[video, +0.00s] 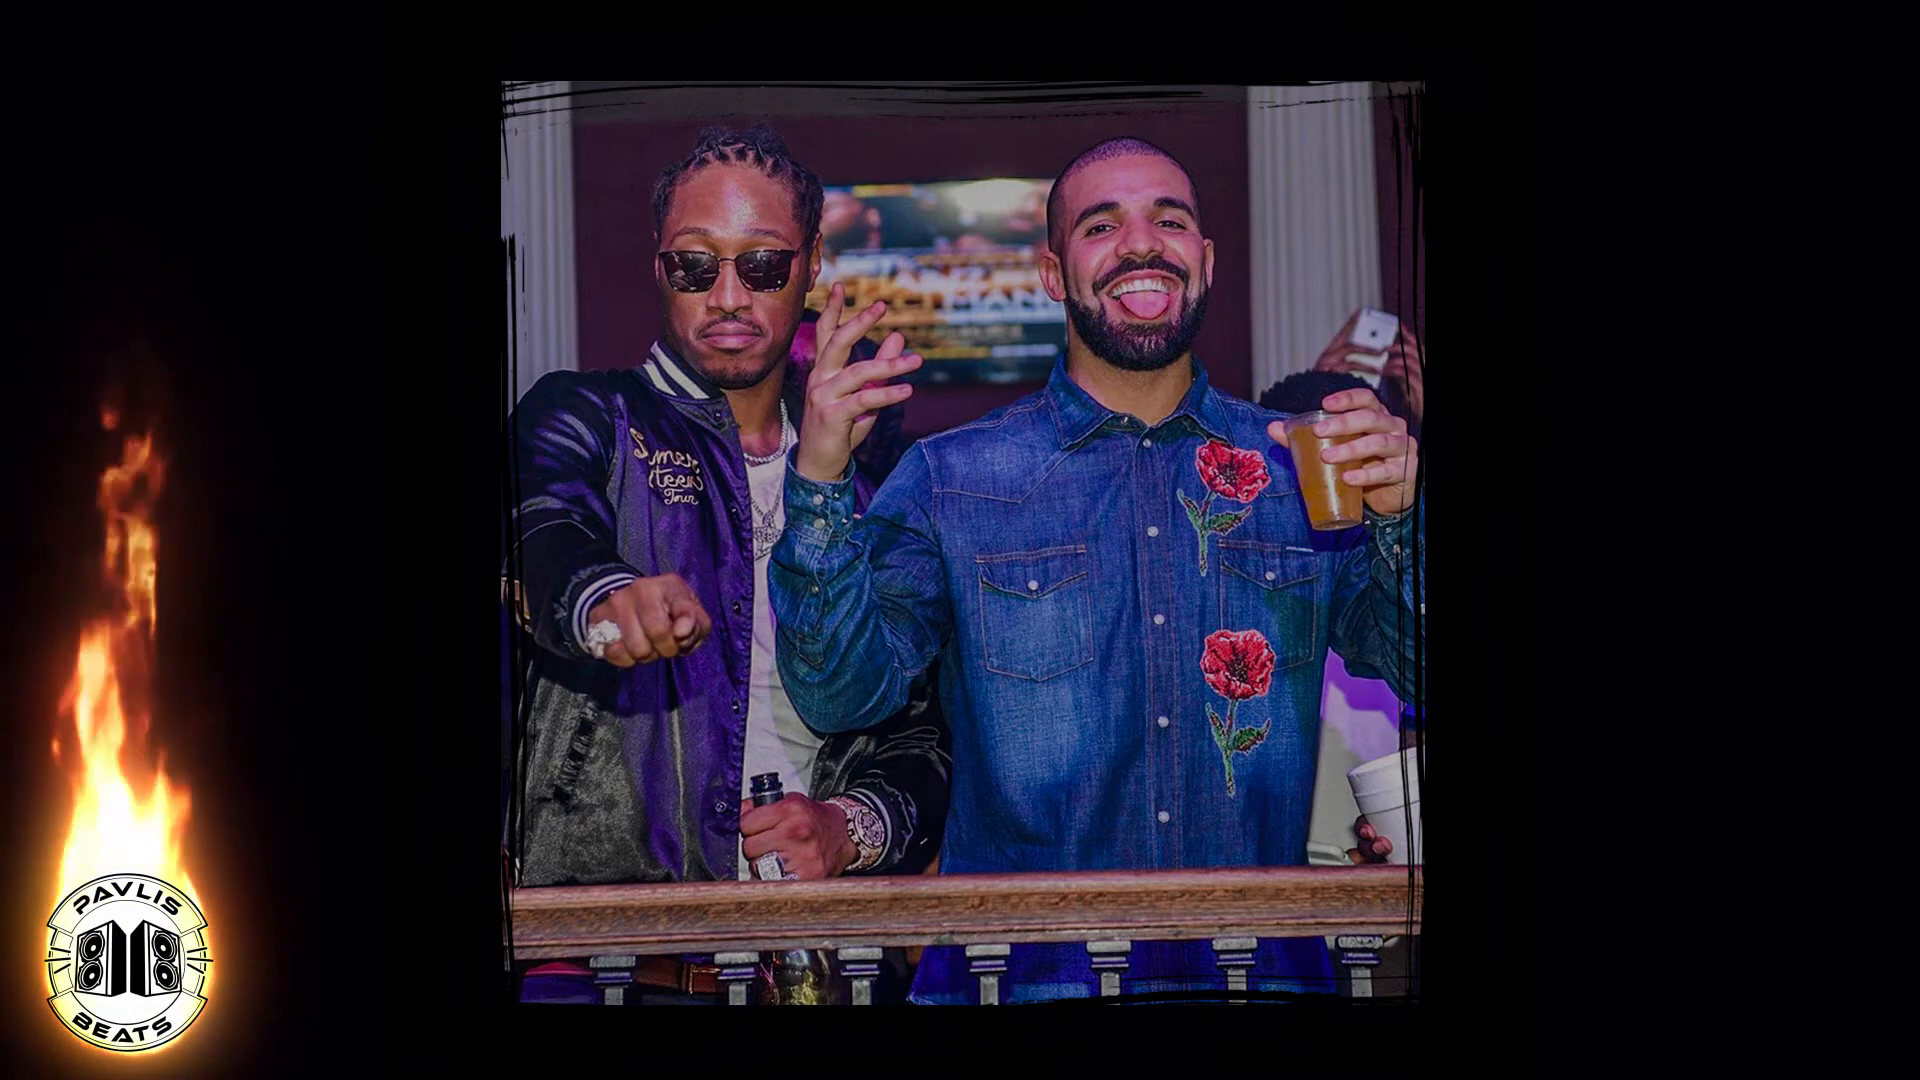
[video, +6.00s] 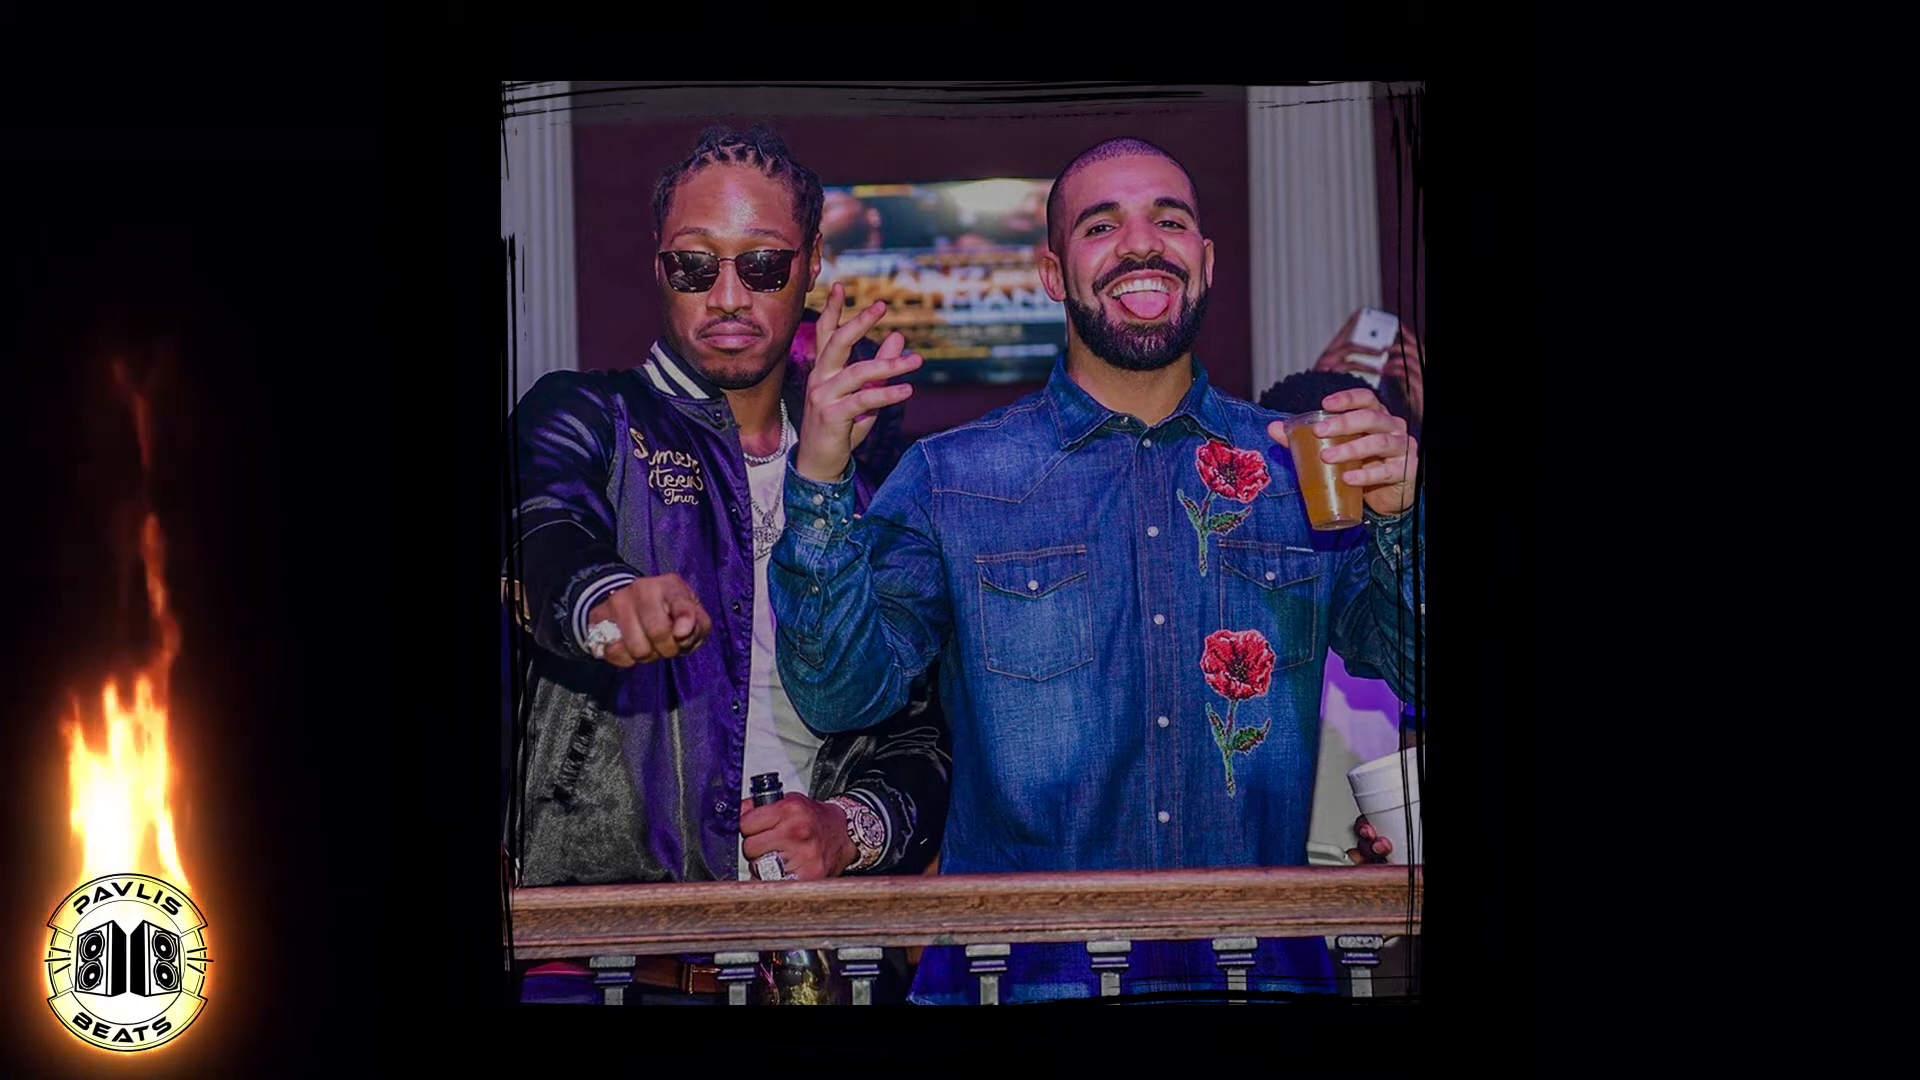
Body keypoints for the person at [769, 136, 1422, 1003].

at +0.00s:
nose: (1141, 243)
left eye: (1169, 219)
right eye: (1102, 225)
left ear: (1207, 258)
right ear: (1055, 272)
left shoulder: (1304, 469)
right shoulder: (945, 479)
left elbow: (1413, 674)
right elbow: (840, 692)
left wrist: (1402, 516)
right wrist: (819, 473)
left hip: (1255, 954)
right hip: (1021, 963)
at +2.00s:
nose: (1140, 243)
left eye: (1169, 219)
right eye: (1101, 225)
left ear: (1208, 258)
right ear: (1055, 272)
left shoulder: (1304, 470)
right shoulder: (945, 479)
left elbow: (1413, 673)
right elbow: (840, 693)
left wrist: (1402, 516)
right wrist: (818, 475)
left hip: (1254, 955)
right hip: (1020, 962)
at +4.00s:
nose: (1142, 242)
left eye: (1170, 219)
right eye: (1102, 225)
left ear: (1207, 259)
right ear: (1055, 273)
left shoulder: (1304, 469)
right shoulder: (945, 478)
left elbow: (1413, 673)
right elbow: (840, 692)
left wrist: (1402, 516)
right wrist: (818, 475)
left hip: (1255, 955)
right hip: (1022, 963)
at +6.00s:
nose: (1142, 242)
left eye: (1170, 219)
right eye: (1102, 225)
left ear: (1207, 259)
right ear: (1055, 273)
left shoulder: (1304, 469)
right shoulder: (945, 478)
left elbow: (1413, 673)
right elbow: (840, 692)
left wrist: (1402, 516)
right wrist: (818, 475)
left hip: (1255, 955)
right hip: (1022, 963)